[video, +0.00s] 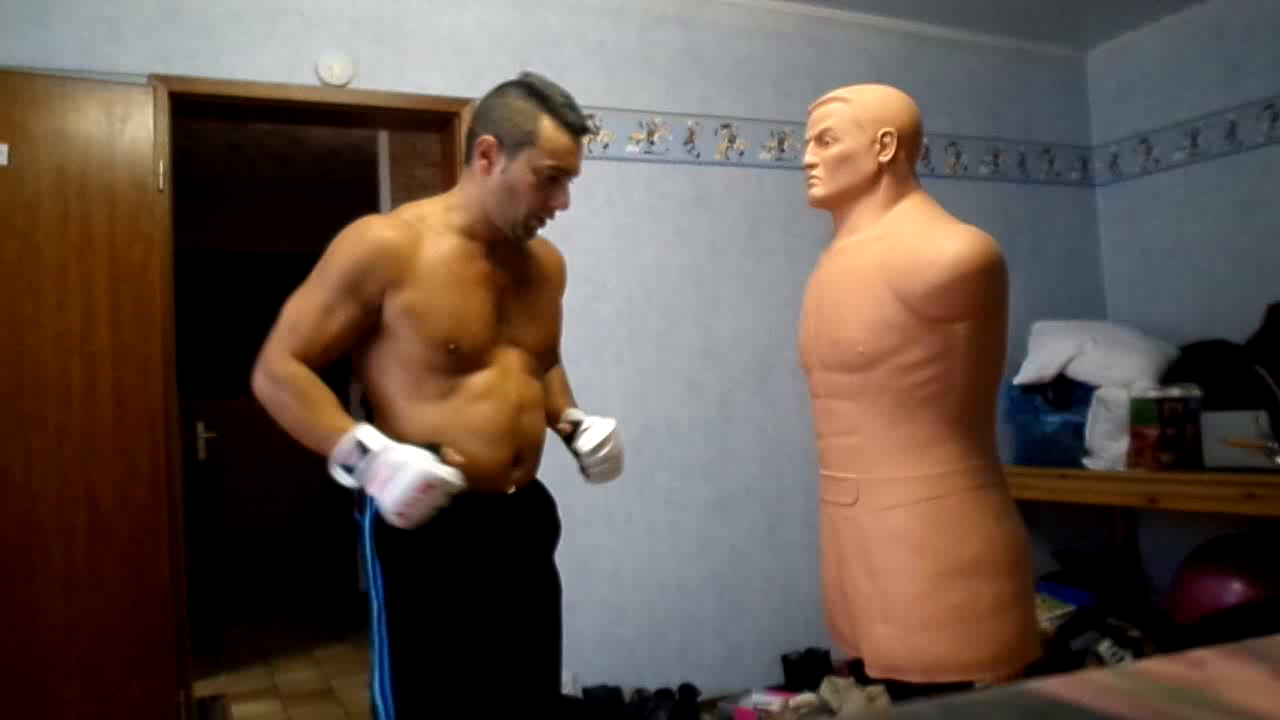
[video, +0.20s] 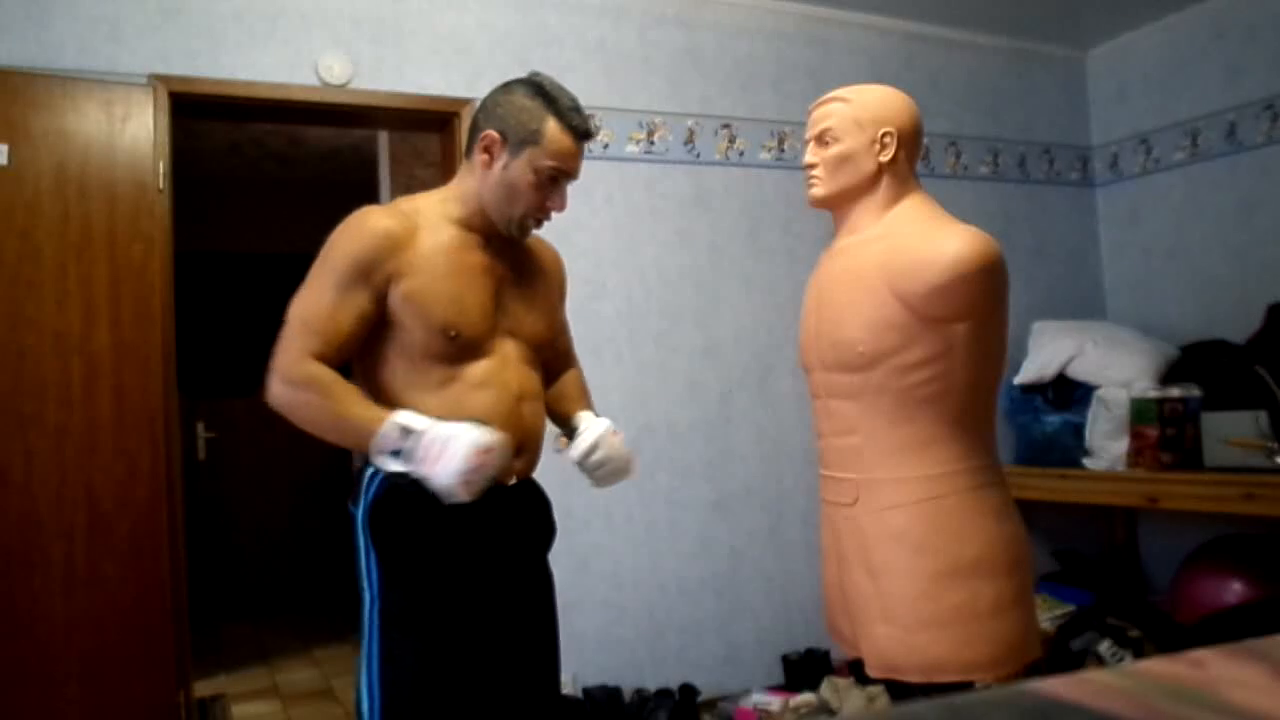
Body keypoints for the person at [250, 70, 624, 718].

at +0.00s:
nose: (562, 202)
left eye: (568, 182)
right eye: (550, 178)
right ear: (488, 156)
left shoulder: (544, 264)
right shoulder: (384, 246)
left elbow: (543, 364)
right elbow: (276, 370)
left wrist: (572, 422)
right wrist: (366, 458)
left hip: (520, 528)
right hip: (422, 531)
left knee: (530, 699)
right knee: (429, 708)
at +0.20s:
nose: (558, 204)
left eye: (565, 184)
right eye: (548, 179)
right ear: (490, 153)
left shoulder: (542, 264)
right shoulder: (380, 236)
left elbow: (557, 366)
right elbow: (291, 377)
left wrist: (584, 424)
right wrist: (413, 442)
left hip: (514, 522)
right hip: (415, 523)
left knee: (527, 696)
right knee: (417, 706)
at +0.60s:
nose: (500, 202)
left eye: (508, 179)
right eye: (493, 174)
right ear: (428, 142)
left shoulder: (472, 245)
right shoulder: (299, 220)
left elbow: (501, 379)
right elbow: (279, 398)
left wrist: (564, 344)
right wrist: (429, 336)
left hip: (462, 541)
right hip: (347, 546)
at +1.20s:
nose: (545, 195)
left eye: (552, 170)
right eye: (538, 166)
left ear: (469, 139)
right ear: (468, 136)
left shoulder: (508, 239)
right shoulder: (317, 219)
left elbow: (564, 320)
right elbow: (289, 407)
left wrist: (661, 328)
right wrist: (438, 327)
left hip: (473, 554)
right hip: (350, 559)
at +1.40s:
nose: (614, 220)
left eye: (622, 197)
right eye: (613, 191)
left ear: (557, 166)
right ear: (560, 164)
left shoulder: (526, 262)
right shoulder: (460, 222)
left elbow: (563, 388)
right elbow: (411, 373)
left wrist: (670, 372)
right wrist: (559, 348)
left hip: (491, 538)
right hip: (423, 532)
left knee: (545, 704)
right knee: (400, 709)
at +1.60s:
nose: (608, 218)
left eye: (617, 198)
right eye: (610, 192)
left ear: (557, 158)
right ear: (565, 161)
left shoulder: (463, 225)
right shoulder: (528, 221)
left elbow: (513, 382)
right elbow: (635, 371)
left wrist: (594, 361)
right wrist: (716, 373)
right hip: (472, 530)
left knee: (540, 707)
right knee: (469, 709)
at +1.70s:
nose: (602, 210)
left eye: (610, 191)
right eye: (602, 184)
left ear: (551, 155)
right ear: (555, 154)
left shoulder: (468, 213)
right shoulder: (490, 216)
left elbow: (481, 376)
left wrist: (582, 354)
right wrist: (631, 413)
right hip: (461, 523)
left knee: (531, 704)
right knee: (481, 709)